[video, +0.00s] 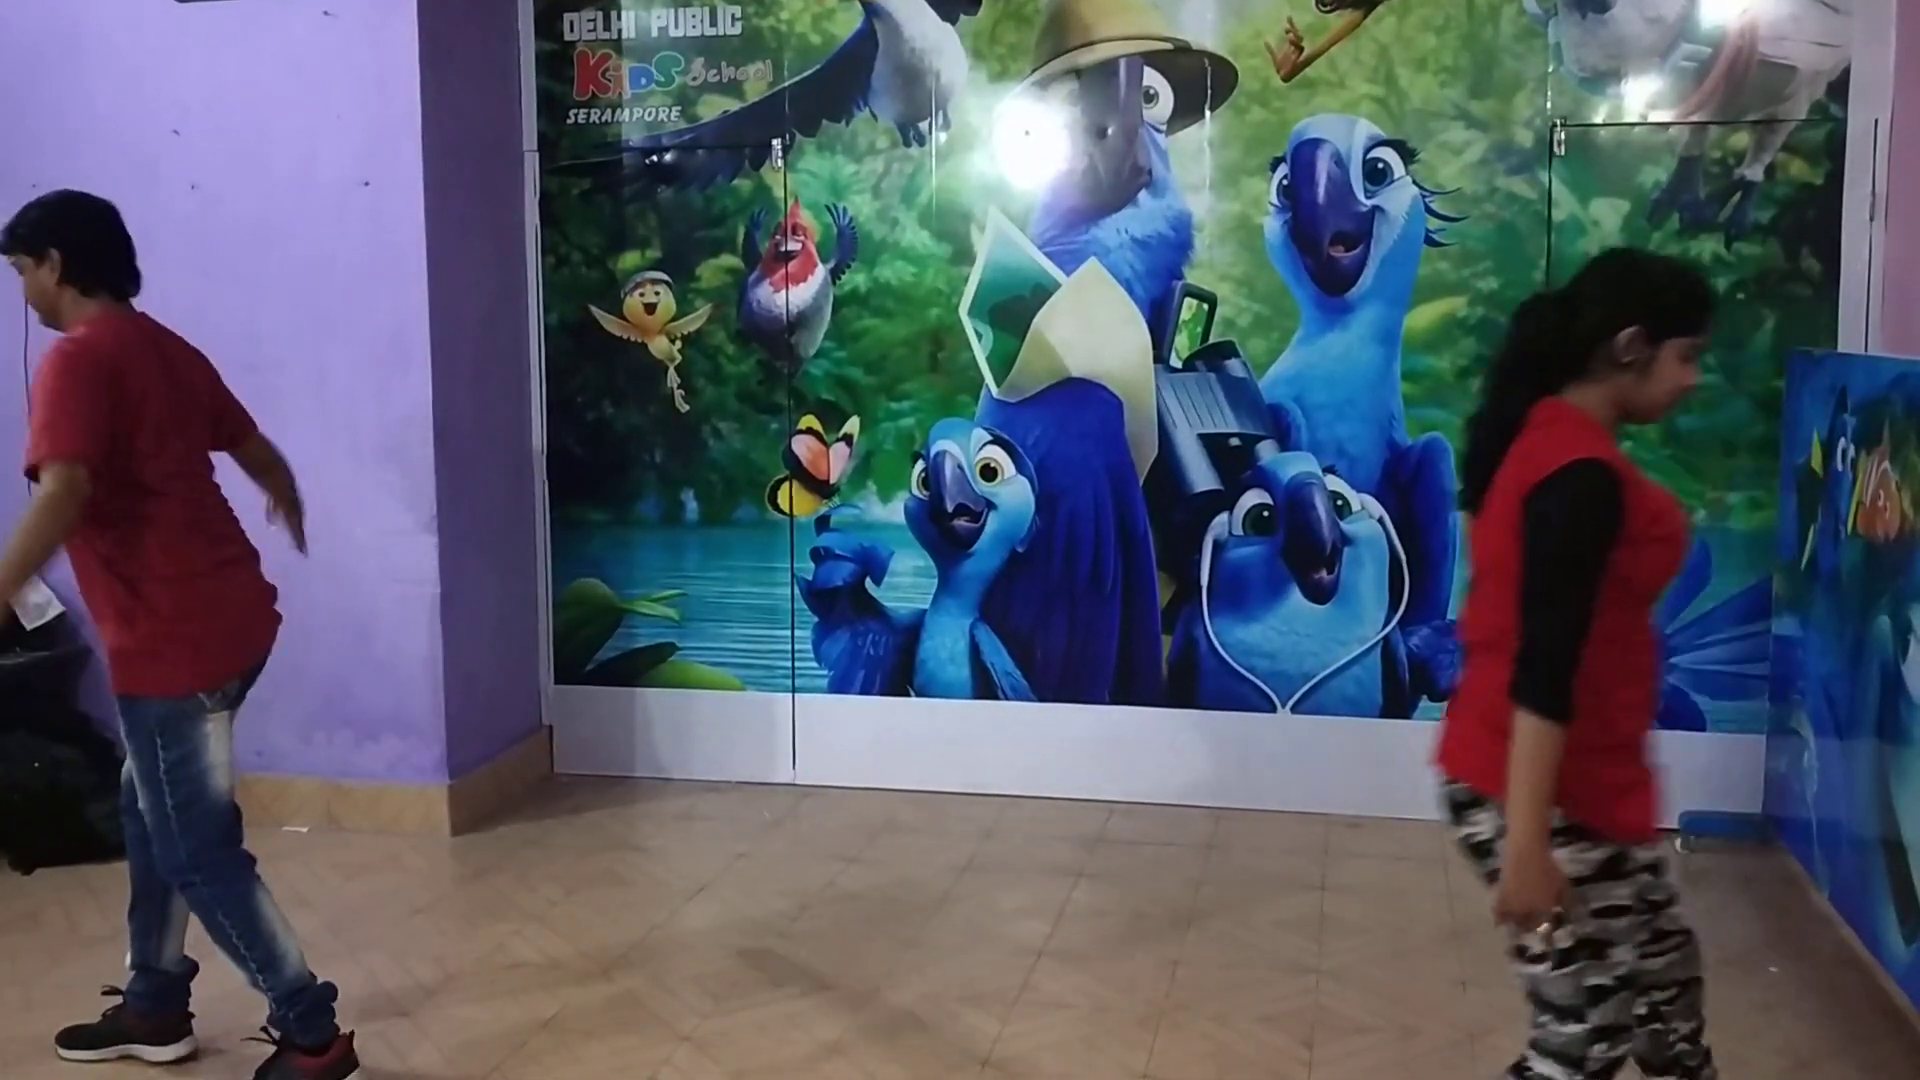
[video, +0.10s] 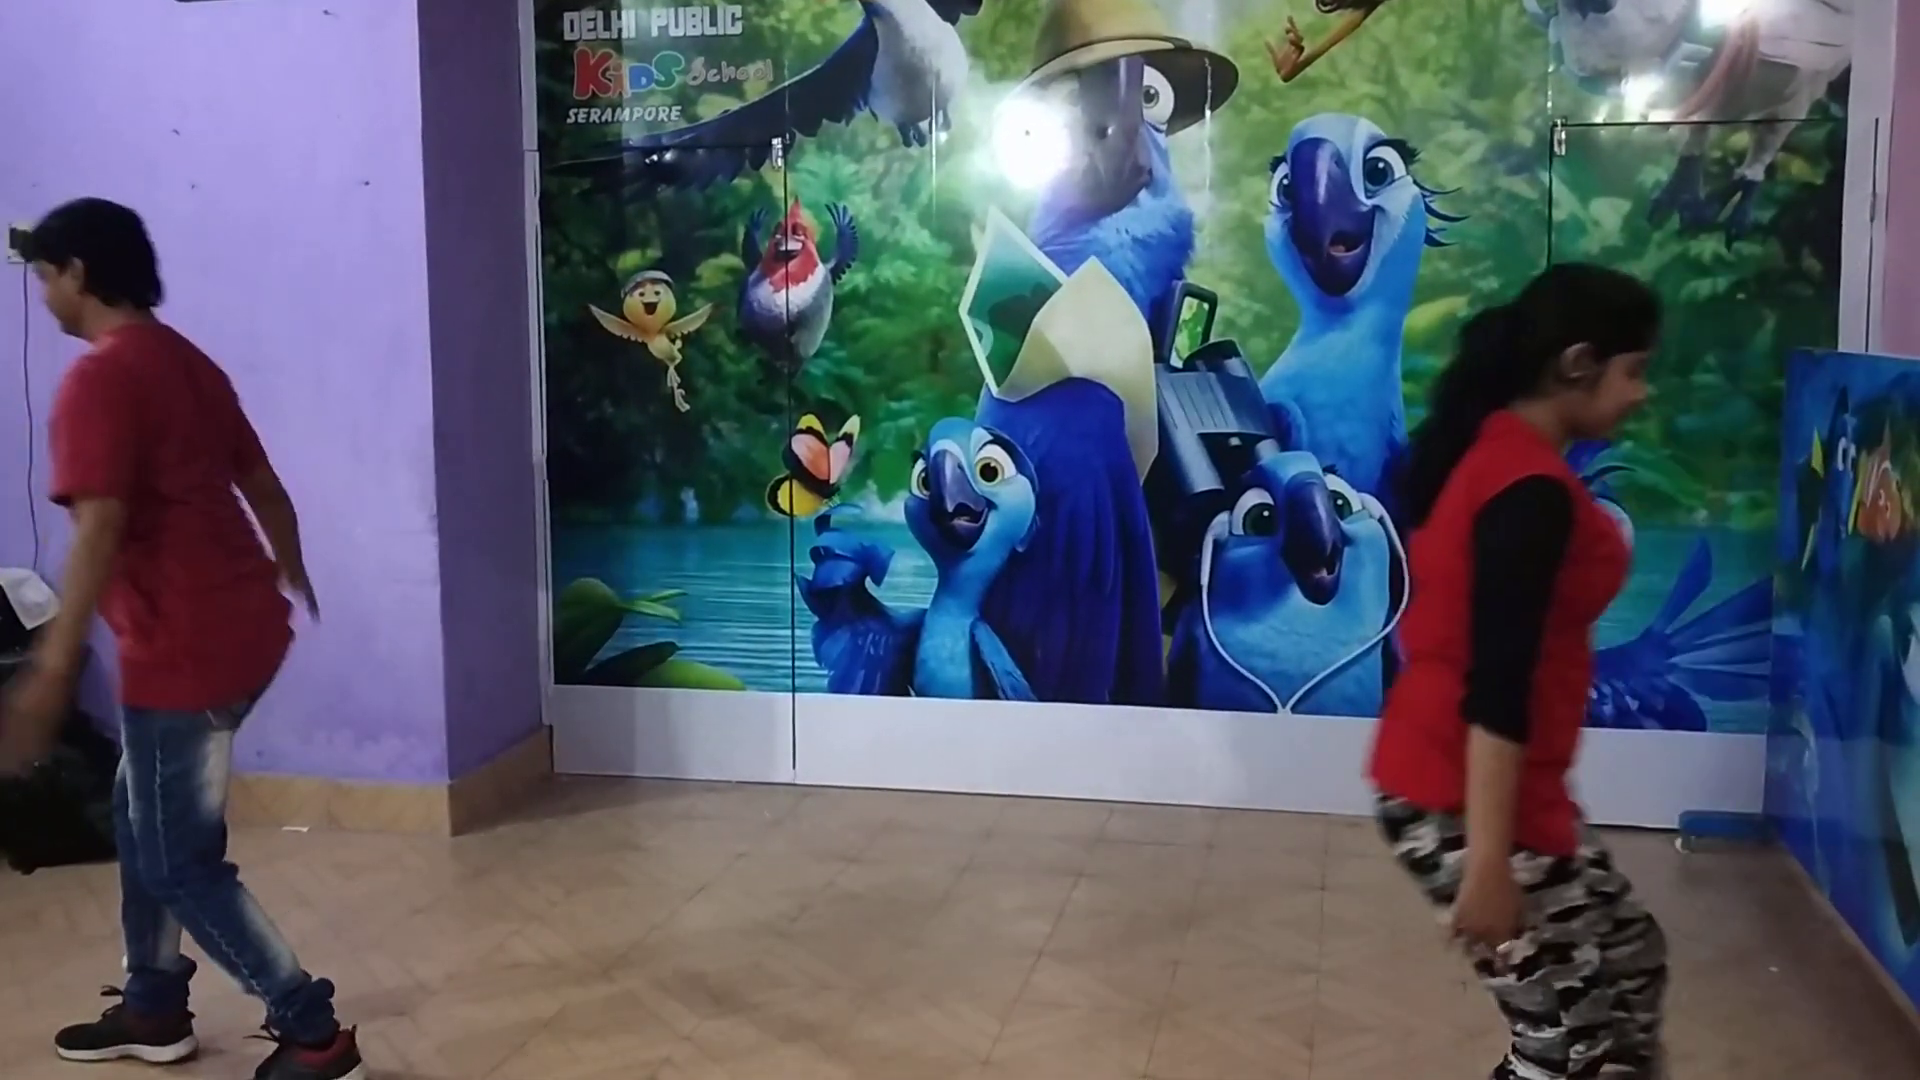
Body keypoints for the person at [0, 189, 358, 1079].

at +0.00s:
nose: (19, 287)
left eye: (22, 269)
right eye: (17, 270)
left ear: (54, 266)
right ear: (96, 265)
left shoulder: (75, 361)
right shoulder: (168, 346)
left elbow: (66, 489)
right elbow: (251, 445)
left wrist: (6, 584)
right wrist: (287, 495)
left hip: (167, 643)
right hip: (234, 619)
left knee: (201, 853)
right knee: (149, 815)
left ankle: (313, 1031)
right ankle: (154, 1009)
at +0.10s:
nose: (40, 291)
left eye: (43, 274)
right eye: (38, 275)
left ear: (76, 273)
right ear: (121, 271)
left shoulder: (100, 375)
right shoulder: (188, 360)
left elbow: (99, 524)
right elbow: (263, 483)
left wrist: (53, 663)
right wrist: (292, 568)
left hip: (180, 649)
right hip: (242, 628)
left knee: (186, 864)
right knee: (144, 818)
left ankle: (313, 1030)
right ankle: (153, 1009)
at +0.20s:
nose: (75, 303)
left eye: (80, 286)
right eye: (74, 286)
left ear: (116, 286)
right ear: (162, 284)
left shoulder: (135, 392)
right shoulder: (222, 376)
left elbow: (143, 549)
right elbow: (282, 515)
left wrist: (124, 698)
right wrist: (306, 621)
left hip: (203, 659)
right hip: (260, 644)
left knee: (176, 872)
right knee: (156, 827)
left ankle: (314, 1029)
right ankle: (154, 1009)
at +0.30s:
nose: (114, 312)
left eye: (120, 294)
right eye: (114, 295)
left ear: (154, 294)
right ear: (190, 293)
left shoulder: (174, 400)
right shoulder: (262, 382)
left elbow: (196, 563)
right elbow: (307, 534)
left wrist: (197, 722)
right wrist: (333, 667)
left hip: (247, 673)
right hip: (299, 662)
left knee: (208, 864)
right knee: (196, 823)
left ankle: (321, 1036)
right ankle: (156, 998)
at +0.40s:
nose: (163, 318)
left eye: (168, 300)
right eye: (163, 301)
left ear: (204, 300)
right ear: (243, 298)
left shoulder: (220, 408)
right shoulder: (311, 387)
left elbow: (253, 566)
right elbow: (355, 539)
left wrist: (273, 724)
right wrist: (381, 682)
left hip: (294, 688)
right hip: (352, 669)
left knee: (221, 870)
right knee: (232, 830)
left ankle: (322, 1038)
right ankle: (242, 998)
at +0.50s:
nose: (219, 319)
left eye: (226, 301)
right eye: (219, 302)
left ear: (265, 302)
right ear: (300, 300)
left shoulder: (281, 410)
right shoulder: (361, 388)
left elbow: (323, 568)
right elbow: (411, 541)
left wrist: (357, 723)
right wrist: (433, 689)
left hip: (345, 688)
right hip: (408, 671)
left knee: (244, 858)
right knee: (311, 824)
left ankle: (325, 1037)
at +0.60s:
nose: (287, 315)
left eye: (295, 297)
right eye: (287, 297)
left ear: (334, 298)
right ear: (356, 297)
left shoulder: (359, 403)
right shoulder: (423, 385)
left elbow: (403, 561)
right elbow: (451, 543)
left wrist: (444, 722)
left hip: (406, 693)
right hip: (470, 683)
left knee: (303, 845)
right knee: (421, 846)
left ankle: (332, 1041)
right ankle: (592, 957)